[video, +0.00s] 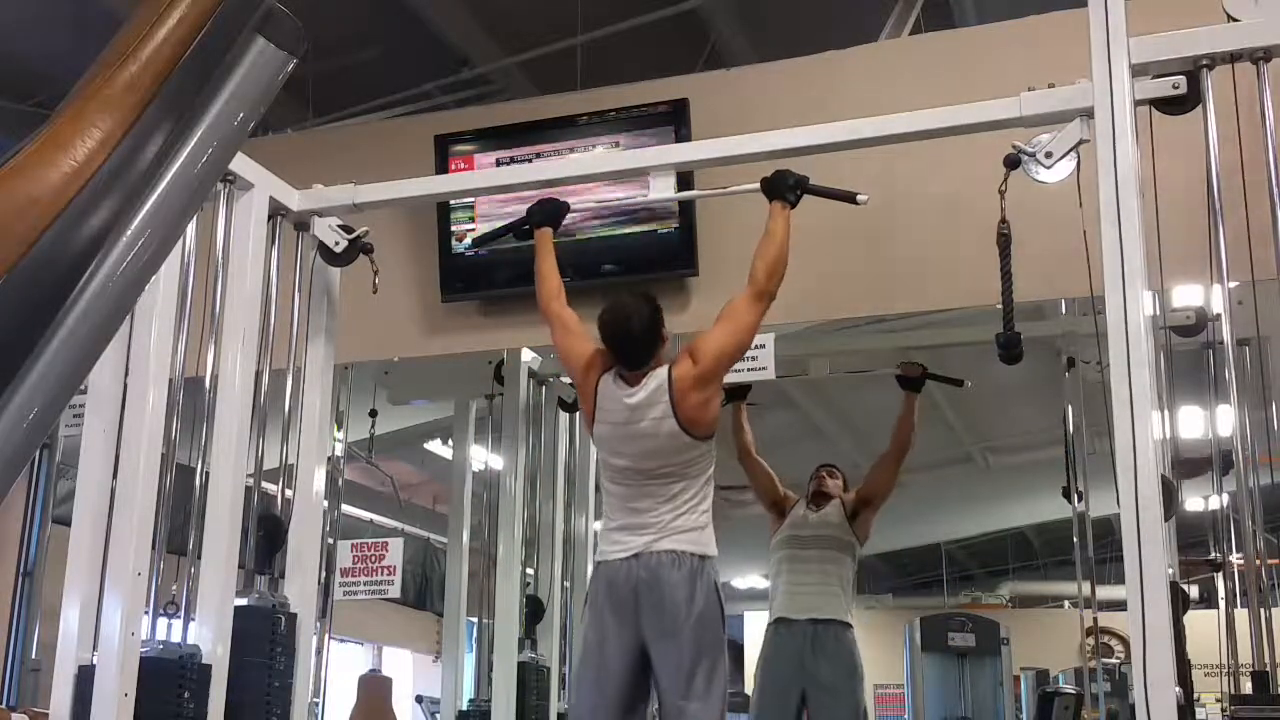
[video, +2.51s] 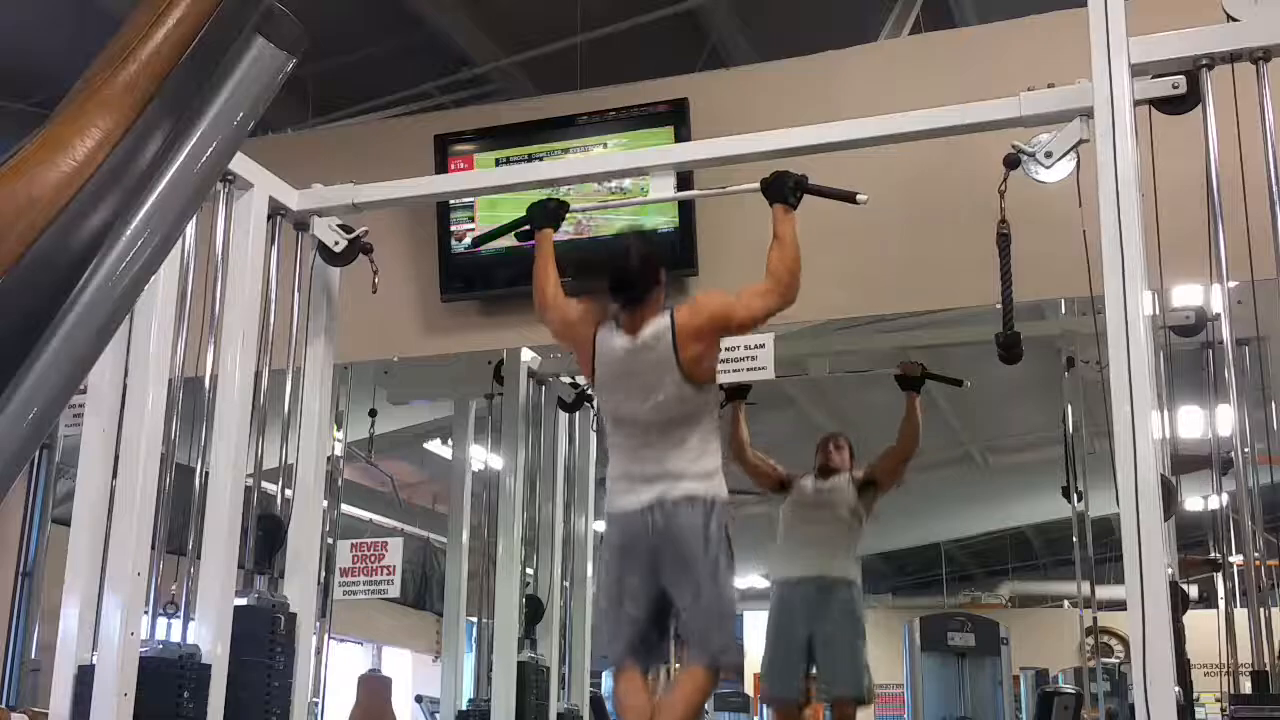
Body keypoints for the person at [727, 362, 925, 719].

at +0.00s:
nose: (823, 476)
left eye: (832, 475)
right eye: (817, 475)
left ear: (844, 490)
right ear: (807, 488)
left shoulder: (855, 509)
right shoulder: (785, 507)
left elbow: (897, 452)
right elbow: (747, 454)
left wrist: (910, 394)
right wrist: (738, 401)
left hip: (834, 638)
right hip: (781, 636)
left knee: (843, 713)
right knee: (769, 713)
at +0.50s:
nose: (830, 419)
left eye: (837, 417)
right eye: (824, 417)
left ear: (851, 432)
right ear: (815, 433)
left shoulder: (859, 457)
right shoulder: (791, 459)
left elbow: (903, 448)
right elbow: (737, 453)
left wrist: (912, 394)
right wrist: (735, 404)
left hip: (836, 563)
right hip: (786, 562)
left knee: (834, 668)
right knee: (767, 667)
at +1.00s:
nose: (828, 370)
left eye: (836, 366)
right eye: (822, 365)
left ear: (847, 379)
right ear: (811, 376)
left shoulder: (862, 411)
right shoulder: (789, 412)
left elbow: (902, 445)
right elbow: (750, 450)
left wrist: (912, 394)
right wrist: (737, 405)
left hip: (842, 510)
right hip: (793, 514)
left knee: (840, 613)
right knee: (797, 615)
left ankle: (830, 706)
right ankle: (829, 707)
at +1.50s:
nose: (831, 462)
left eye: (839, 461)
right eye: (825, 460)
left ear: (851, 475)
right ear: (815, 473)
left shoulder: (860, 499)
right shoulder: (791, 497)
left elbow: (902, 453)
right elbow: (746, 459)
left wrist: (911, 395)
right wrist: (736, 403)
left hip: (842, 605)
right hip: (790, 604)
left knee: (843, 702)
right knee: (785, 701)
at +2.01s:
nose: (830, 368)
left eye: (838, 366)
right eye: (824, 366)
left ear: (849, 382)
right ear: (813, 380)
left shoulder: (865, 413)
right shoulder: (791, 413)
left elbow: (906, 445)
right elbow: (744, 451)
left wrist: (912, 393)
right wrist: (737, 401)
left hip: (841, 509)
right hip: (793, 510)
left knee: (841, 612)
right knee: (785, 610)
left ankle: (825, 708)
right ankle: (822, 707)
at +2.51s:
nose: (830, 448)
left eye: (838, 446)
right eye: (825, 445)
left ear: (851, 459)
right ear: (815, 457)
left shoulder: (862, 485)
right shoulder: (790, 484)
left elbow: (905, 449)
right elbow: (742, 454)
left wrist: (912, 394)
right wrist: (736, 402)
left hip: (839, 591)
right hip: (788, 592)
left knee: (844, 697)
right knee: (783, 696)